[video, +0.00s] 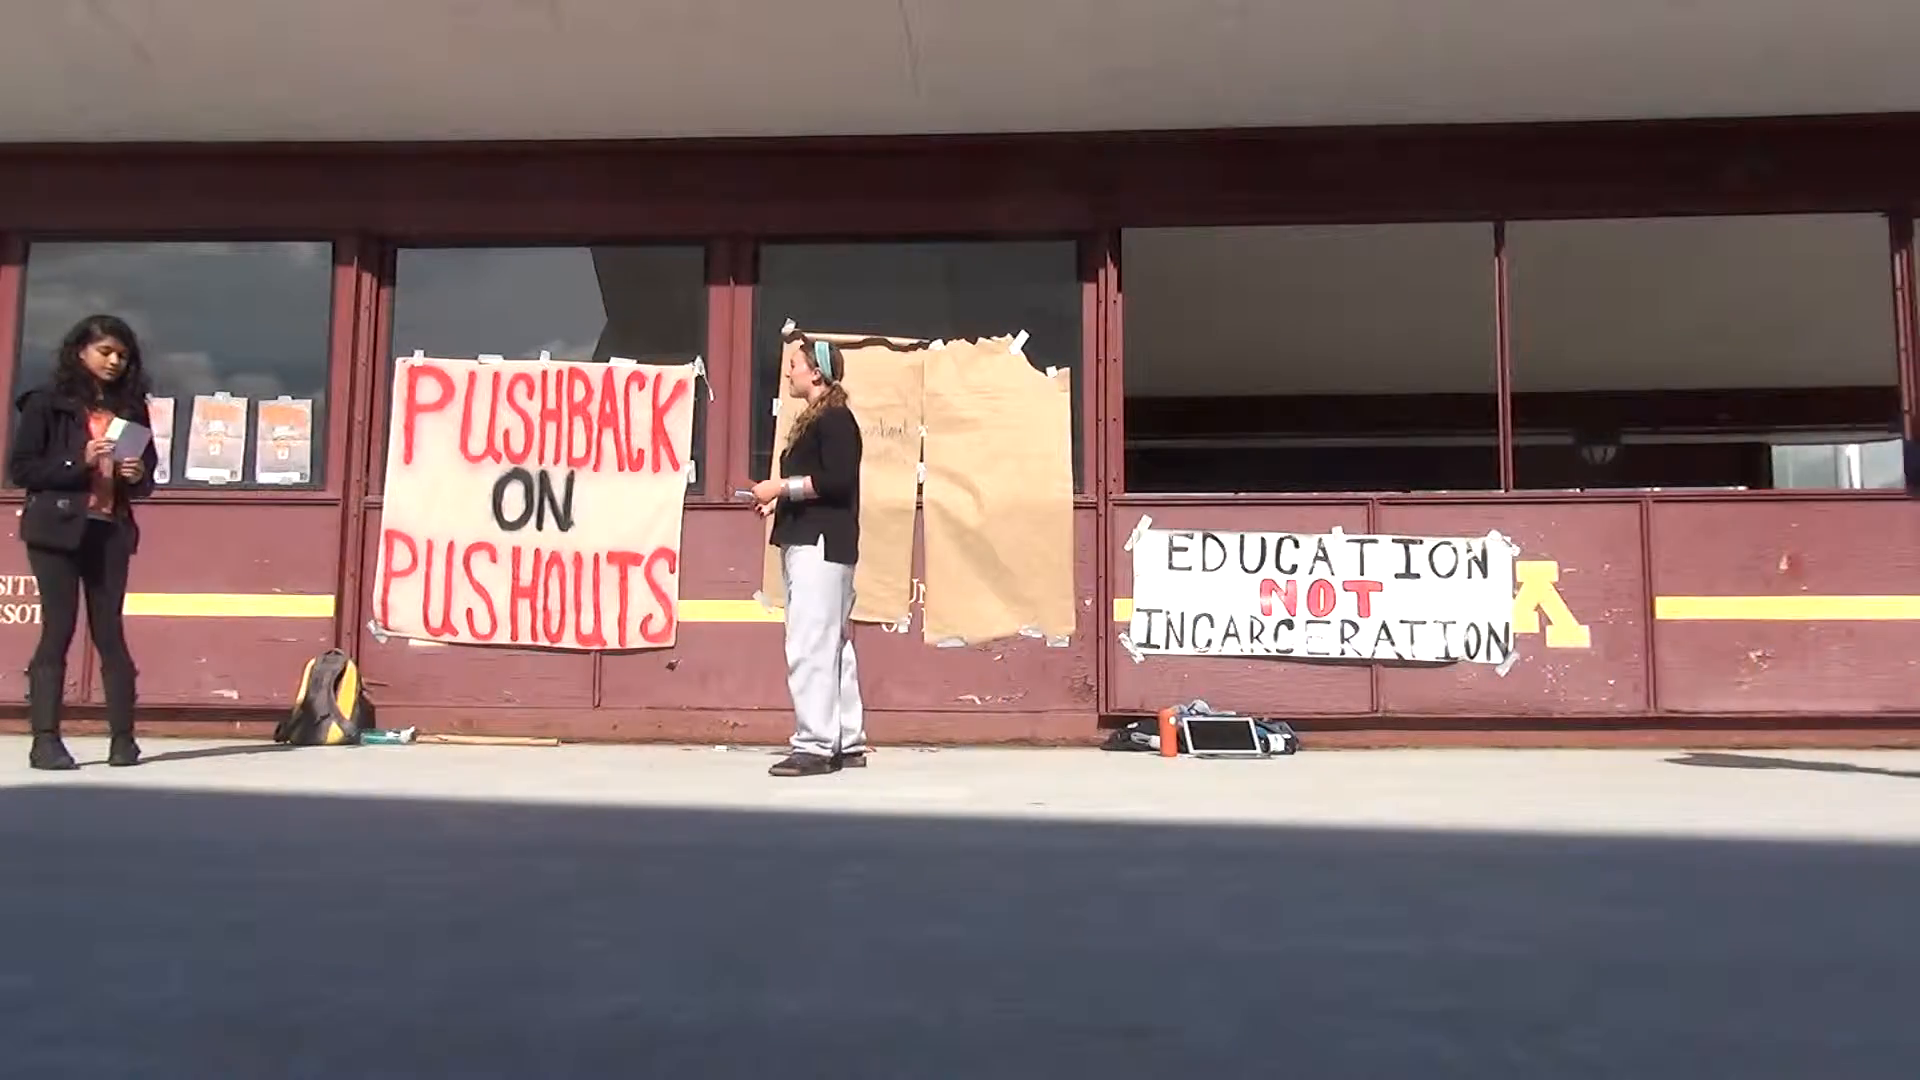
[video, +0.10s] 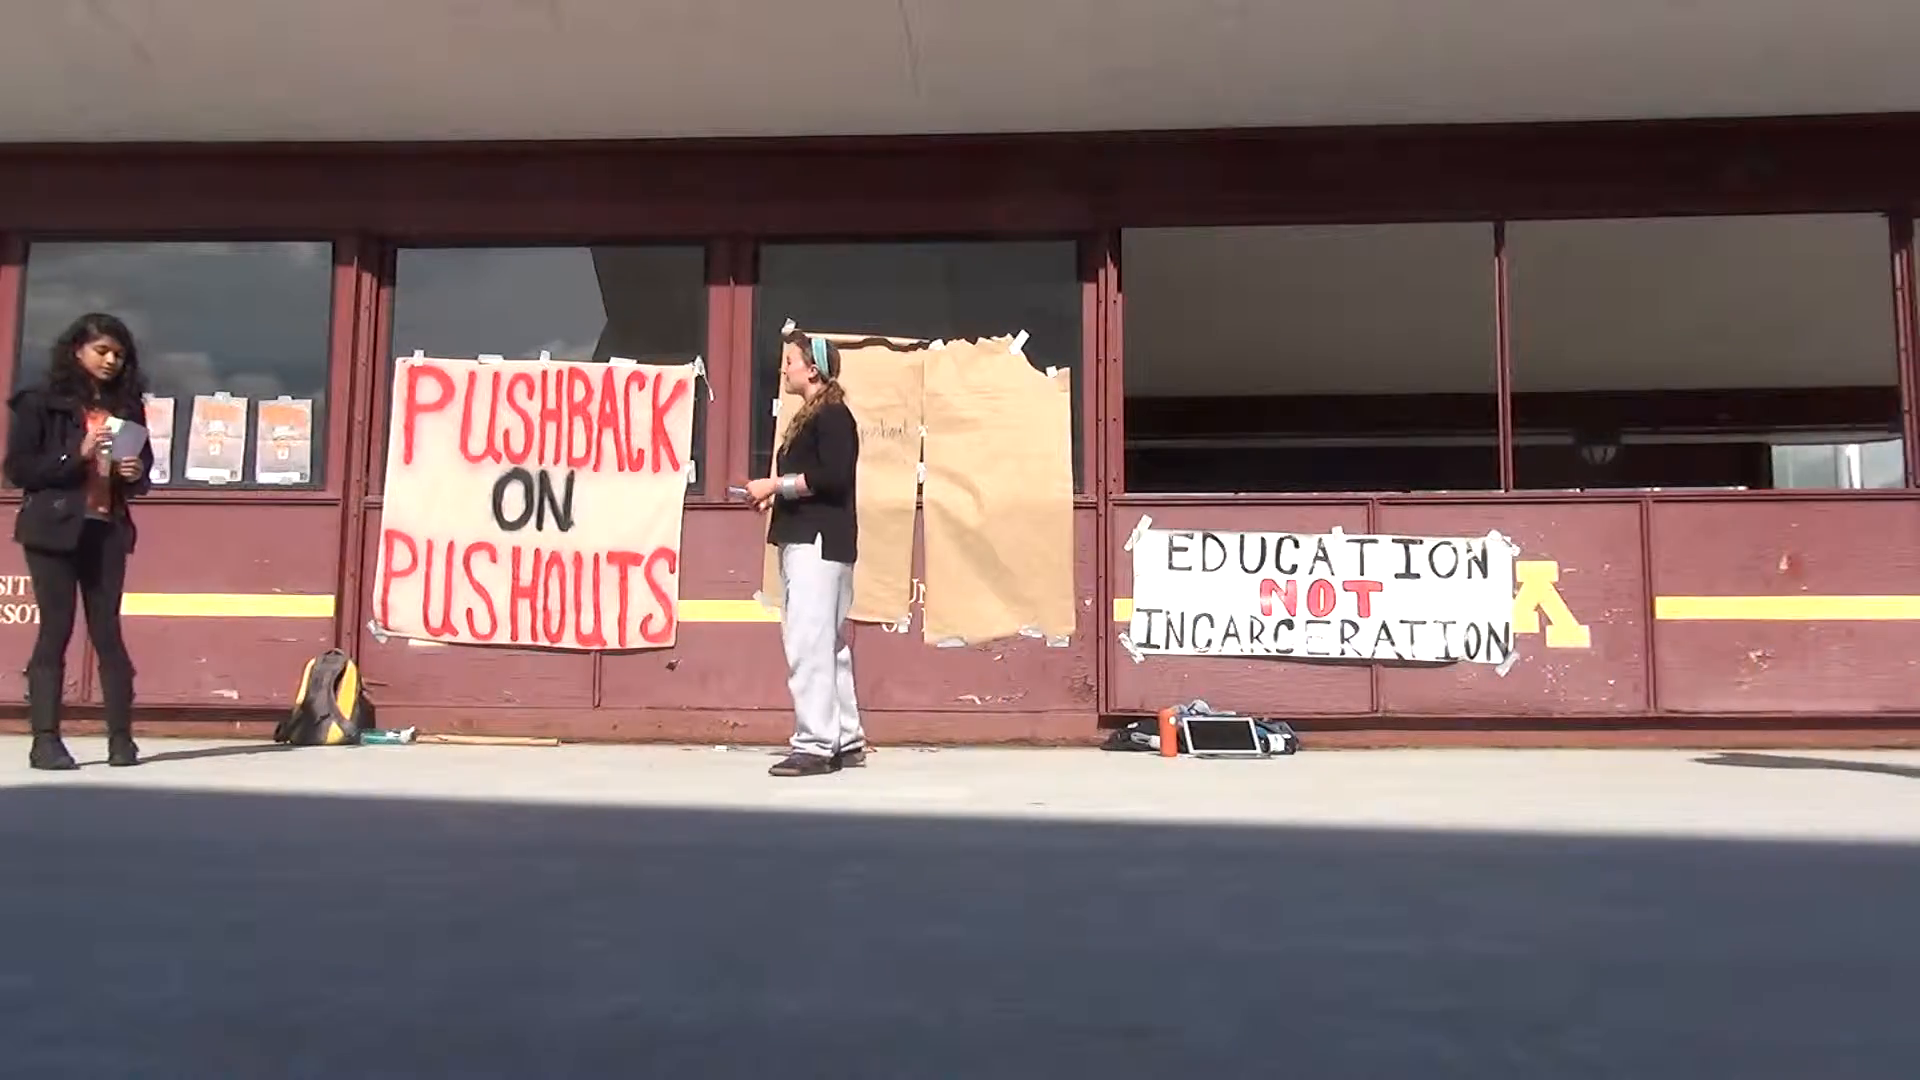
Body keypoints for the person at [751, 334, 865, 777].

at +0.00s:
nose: (787, 372)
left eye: (794, 365)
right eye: (788, 365)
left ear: (816, 372)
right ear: (814, 374)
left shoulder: (833, 419)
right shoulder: (817, 419)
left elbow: (836, 482)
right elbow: (816, 483)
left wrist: (781, 489)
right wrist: (775, 496)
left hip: (820, 547)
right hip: (816, 546)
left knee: (810, 645)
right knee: (829, 643)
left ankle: (814, 744)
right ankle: (847, 740)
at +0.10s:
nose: (784, 369)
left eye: (790, 362)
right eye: (785, 362)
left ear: (813, 368)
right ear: (808, 370)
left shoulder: (831, 415)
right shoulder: (813, 415)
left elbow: (834, 477)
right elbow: (813, 477)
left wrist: (777, 486)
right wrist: (771, 488)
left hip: (818, 544)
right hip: (810, 543)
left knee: (810, 643)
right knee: (824, 642)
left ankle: (815, 743)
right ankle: (846, 738)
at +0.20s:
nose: (781, 366)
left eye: (787, 359)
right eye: (782, 360)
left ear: (811, 365)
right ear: (805, 366)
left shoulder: (829, 412)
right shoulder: (806, 414)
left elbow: (830, 475)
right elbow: (803, 474)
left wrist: (774, 484)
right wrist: (764, 486)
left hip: (816, 541)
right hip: (803, 540)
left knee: (809, 643)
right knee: (814, 642)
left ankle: (816, 743)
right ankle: (843, 735)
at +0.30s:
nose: (778, 365)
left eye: (785, 358)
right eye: (779, 358)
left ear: (809, 364)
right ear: (801, 364)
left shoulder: (829, 411)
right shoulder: (803, 414)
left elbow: (826, 472)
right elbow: (798, 474)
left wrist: (772, 483)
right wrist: (760, 484)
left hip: (814, 541)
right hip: (794, 540)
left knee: (808, 642)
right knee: (796, 642)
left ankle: (815, 744)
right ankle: (839, 730)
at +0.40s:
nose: (774, 364)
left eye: (781, 357)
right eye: (775, 357)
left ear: (806, 363)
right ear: (795, 364)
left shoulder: (827, 409)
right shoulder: (796, 413)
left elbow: (827, 470)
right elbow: (797, 472)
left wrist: (772, 482)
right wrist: (762, 483)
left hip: (810, 540)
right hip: (786, 540)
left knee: (805, 642)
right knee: (780, 644)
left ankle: (815, 744)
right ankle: (833, 727)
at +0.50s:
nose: (770, 362)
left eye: (778, 356)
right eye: (772, 355)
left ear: (802, 364)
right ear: (792, 364)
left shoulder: (825, 409)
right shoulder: (791, 414)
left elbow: (826, 471)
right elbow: (798, 475)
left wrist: (770, 484)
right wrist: (762, 485)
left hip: (806, 542)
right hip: (776, 543)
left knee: (804, 641)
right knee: (763, 639)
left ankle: (815, 746)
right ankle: (815, 734)